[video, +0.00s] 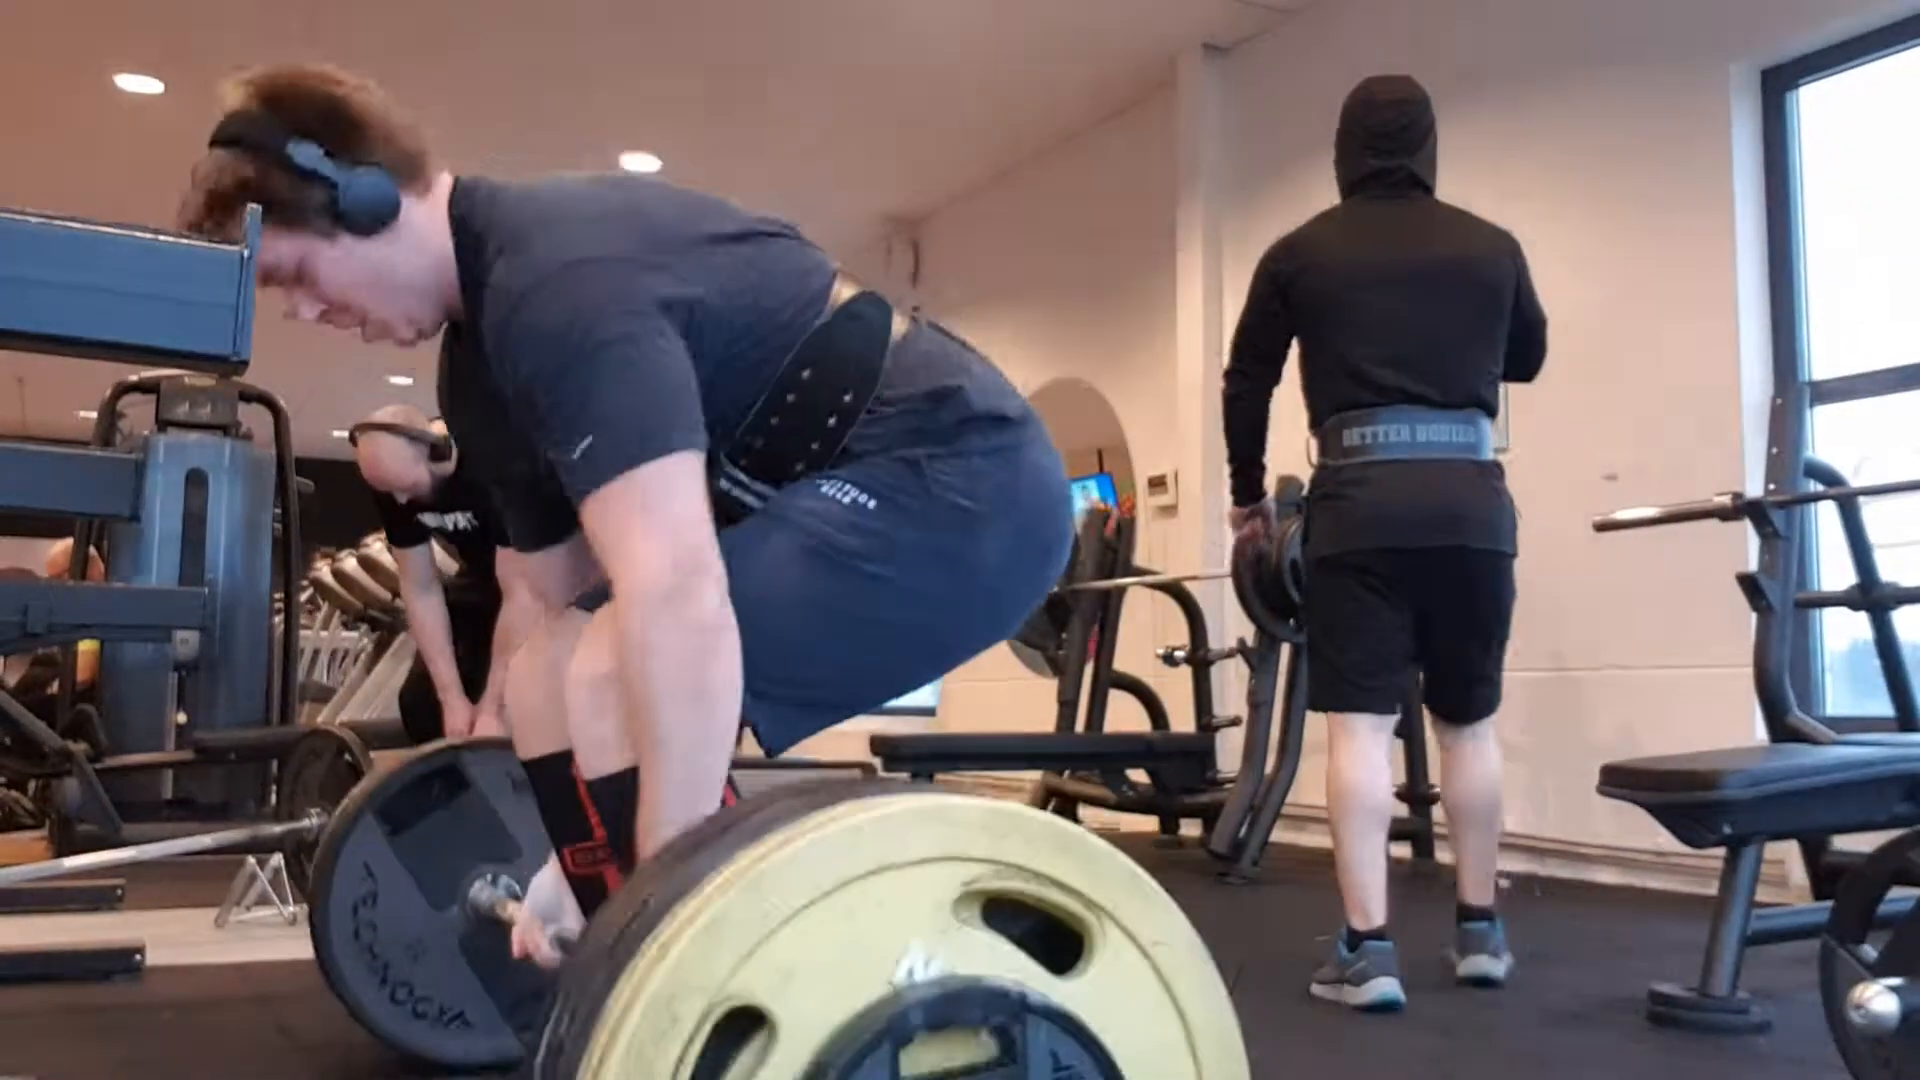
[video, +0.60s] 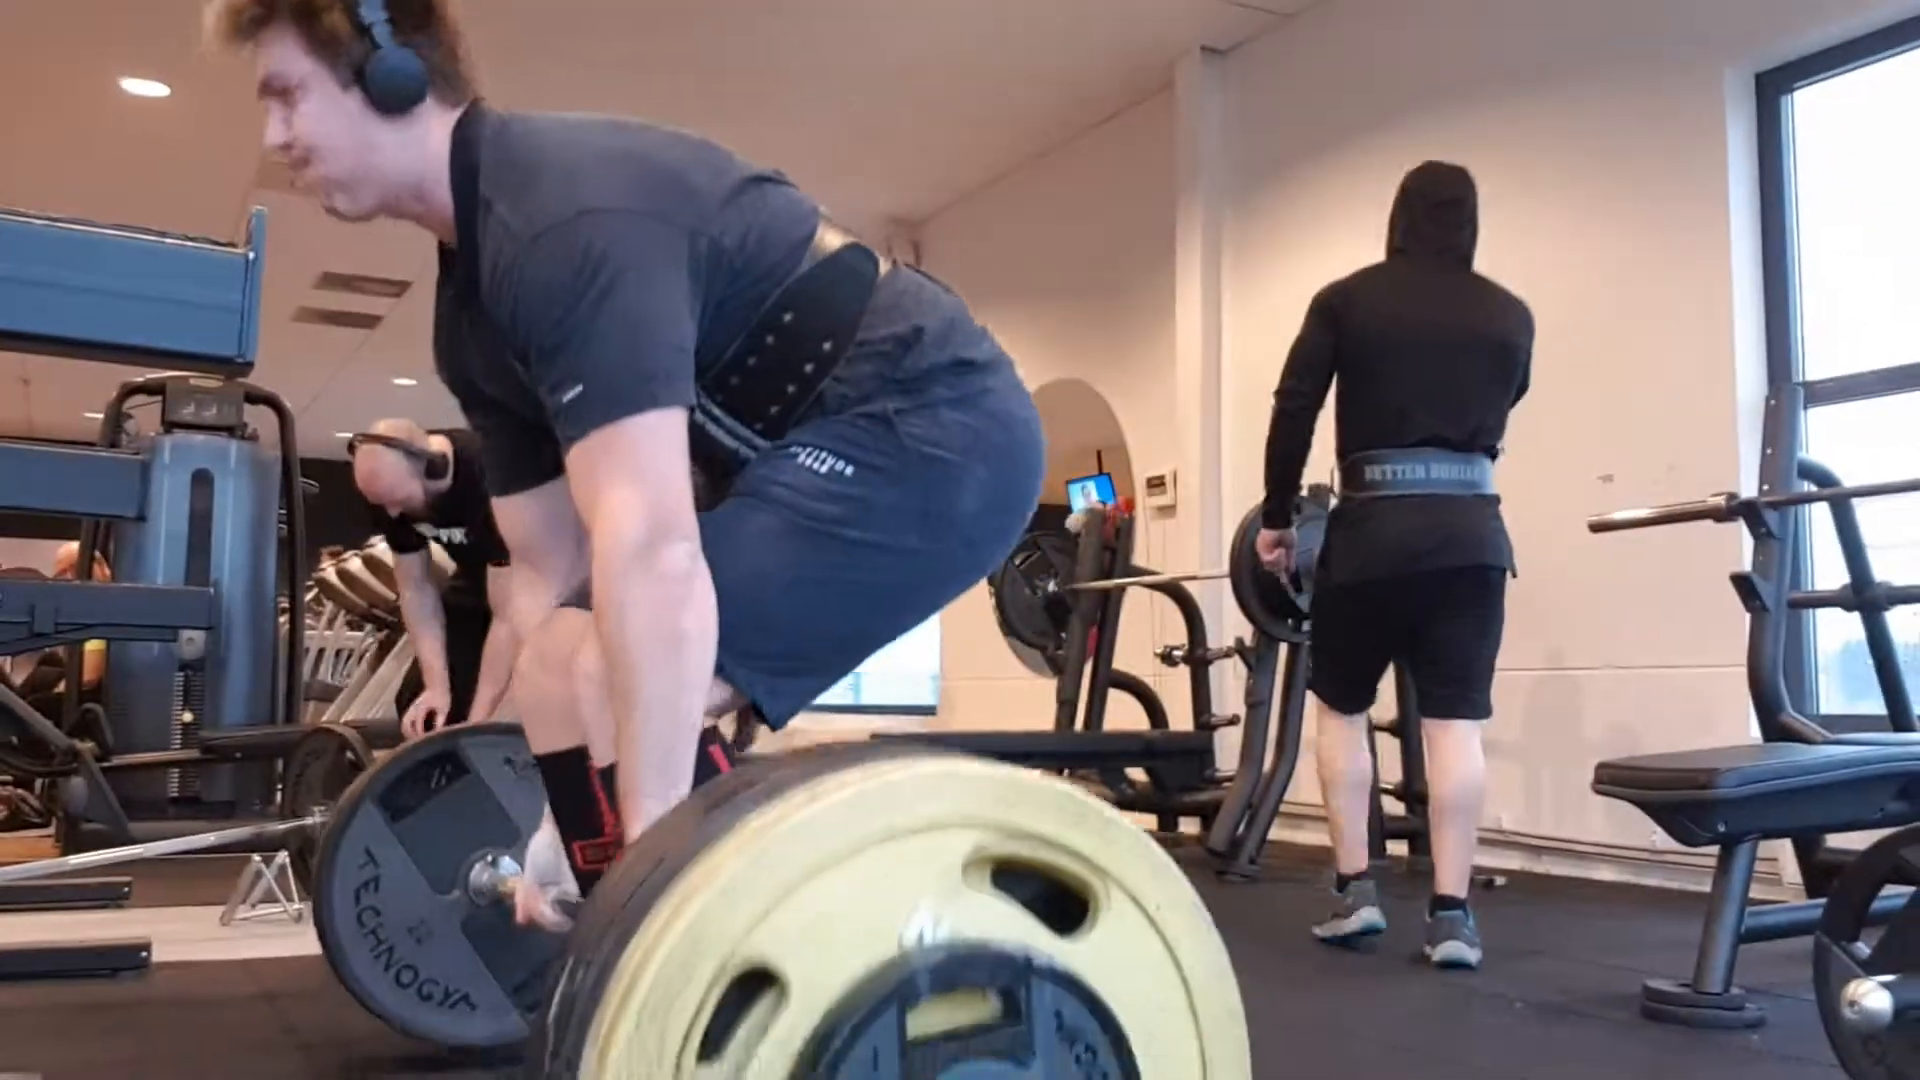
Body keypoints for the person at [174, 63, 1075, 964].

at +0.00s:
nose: (314, 313)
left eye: (300, 274)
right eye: (288, 293)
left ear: (356, 199)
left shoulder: (566, 290)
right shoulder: (478, 360)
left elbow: (678, 598)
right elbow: (540, 605)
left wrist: (671, 911)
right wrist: (534, 855)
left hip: (948, 480)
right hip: (832, 491)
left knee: (619, 672)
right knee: (551, 663)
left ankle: (685, 992)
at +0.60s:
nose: (273, 137)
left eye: (287, 94)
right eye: (267, 106)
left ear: (389, 67)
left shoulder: (576, 219)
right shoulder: (468, 310)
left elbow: (654, 551)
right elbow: (542, 569)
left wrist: (655, 864)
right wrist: (526, 821)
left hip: (924, 420)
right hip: (813, 446)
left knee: (617, 677)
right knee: (549, 669)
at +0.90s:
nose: (356, 15)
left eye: (374, 2)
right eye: (359, 11)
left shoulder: (621, 106)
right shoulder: (517, 206)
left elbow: (679, 427)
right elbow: (569, 470)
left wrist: (669, 720)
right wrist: (569, 720)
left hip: (942, 370)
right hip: (824, 394)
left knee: (688, 667)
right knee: (603, 638)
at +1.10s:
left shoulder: (643, 15)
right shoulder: (532, 106)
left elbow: (703, 300)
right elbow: (589, 366)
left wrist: (692, 596)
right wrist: (594, 613)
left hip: (921, 328)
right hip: (790, 349)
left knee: (763, 694)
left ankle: (720, 1045)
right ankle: (699, 1036)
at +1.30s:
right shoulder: (547, 17)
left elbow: (732, 153)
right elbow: (609, 248)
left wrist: (758, 465)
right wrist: (621, 493)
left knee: (697, 639)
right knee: (695, 642)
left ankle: (713, 1051)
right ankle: (696, 1042)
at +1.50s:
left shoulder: (781, 11)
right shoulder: (644, 33)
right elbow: (639, 186)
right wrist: (621, 414)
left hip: (764, 345)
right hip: (679, 359)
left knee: (732, 630)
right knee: (656, 623)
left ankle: (736, 1054)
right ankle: (681, 1033)